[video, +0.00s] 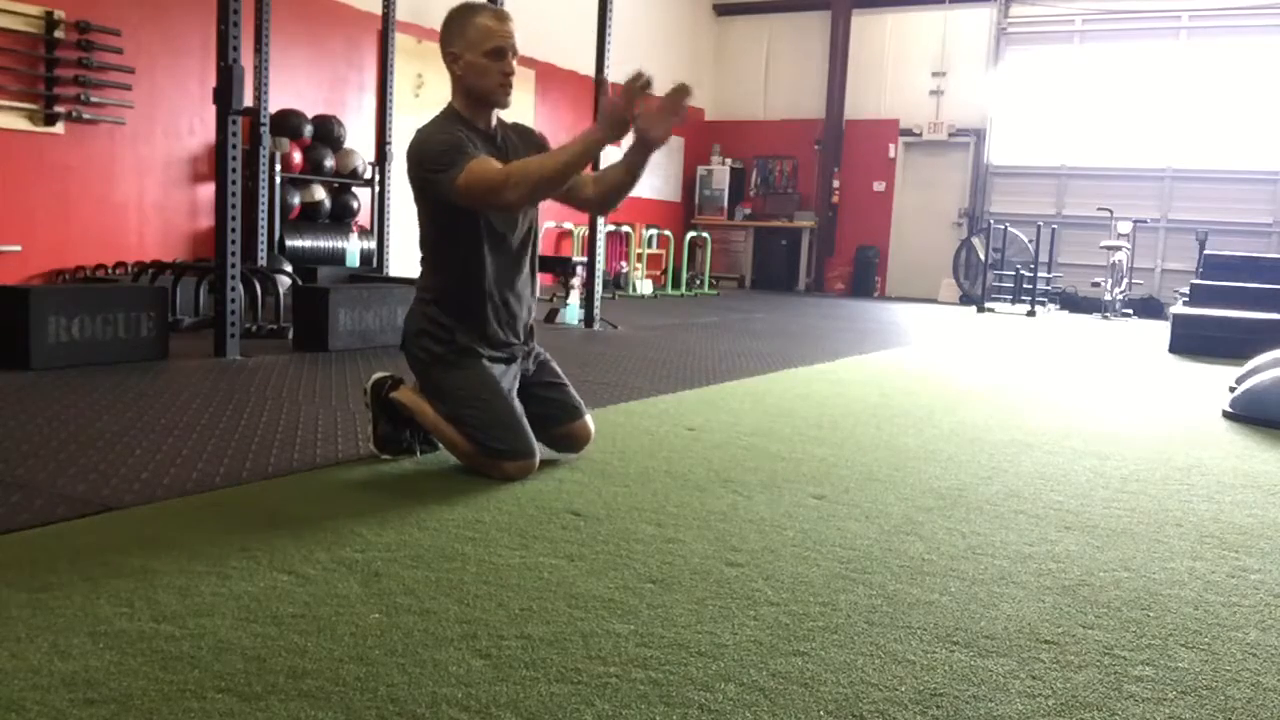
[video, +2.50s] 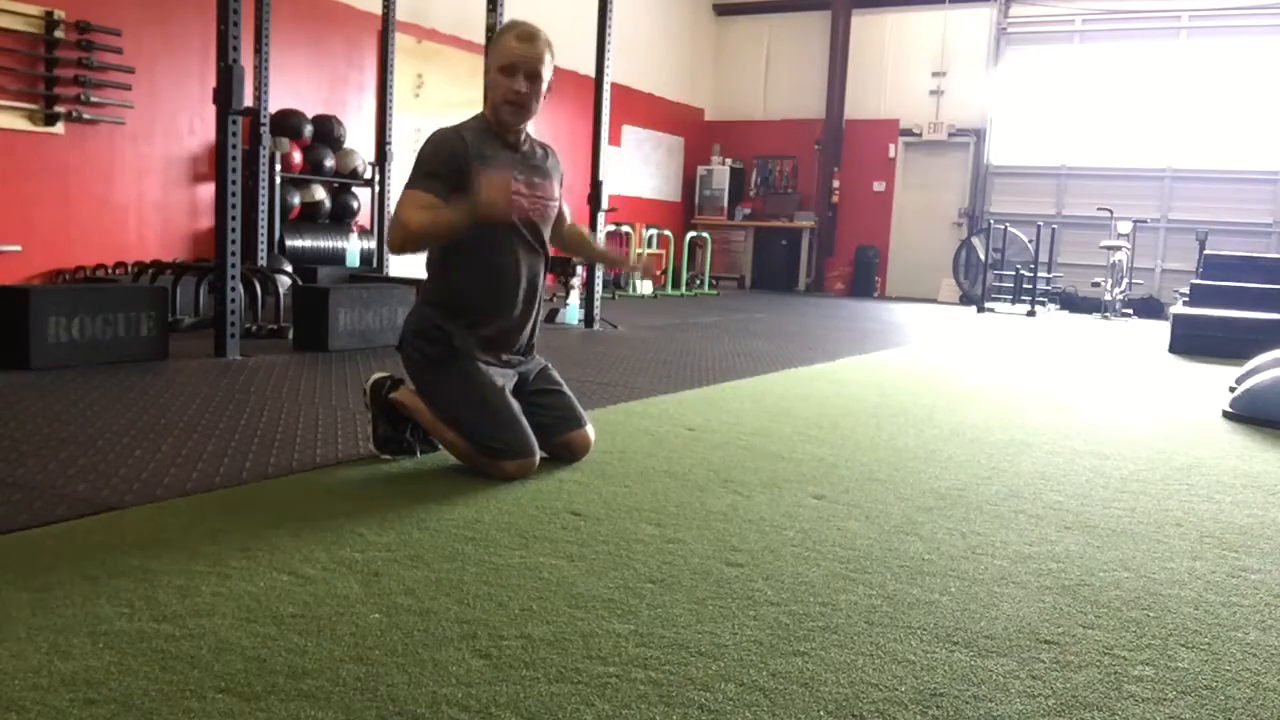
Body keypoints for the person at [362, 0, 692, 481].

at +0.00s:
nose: (511, 66)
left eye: (513, 54)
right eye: (497, 54)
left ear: (516, 60)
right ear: (454, 61)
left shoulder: (525, 142)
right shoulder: (436, 144)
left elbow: (595, 198)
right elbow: (508, 189)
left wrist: (643, 147)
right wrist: (601, 133)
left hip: (516, 336)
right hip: (455, 345)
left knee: (574, 436)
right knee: (515, 464)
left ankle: (462, 395)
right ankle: (402, 399)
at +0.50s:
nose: (538, 75)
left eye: (546, 65)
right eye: (524, 60)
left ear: (553, 76)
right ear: (489, 66)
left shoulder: (550, 159)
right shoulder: (463, 141)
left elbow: (596, 246)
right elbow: (492, 223)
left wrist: (629, 181)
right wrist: (576, 167)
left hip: (518, 341)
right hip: (455, 343)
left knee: (572, 443)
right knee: (515, 463)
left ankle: (443, 414)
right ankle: (401, 398)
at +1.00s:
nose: (555, 88)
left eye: (563, 77)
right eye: (541, 72)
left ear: (568, 84)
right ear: (505, 71)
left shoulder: (553, 164)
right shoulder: (466, 149)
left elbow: (551, 253)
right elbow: (431, 254)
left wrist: (599, 260)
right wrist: (476, 349)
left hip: (517, 347)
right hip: (448, 348)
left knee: (573, 444)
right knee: (516, 464)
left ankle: (445, 408)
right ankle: (401, 400)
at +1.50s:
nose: (563, 94)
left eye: (564, 82)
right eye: (561, 81)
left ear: (530, 79)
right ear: (529, 78)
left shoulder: (536, 152)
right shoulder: (461, 149)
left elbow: (560, 209)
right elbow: (442, 259)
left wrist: (577, 131)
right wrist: (471, 357)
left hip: (511, 345)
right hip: (449, 347)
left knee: (572, 442)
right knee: (515, 464)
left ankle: (437, 412)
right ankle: (399, 399)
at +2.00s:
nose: (559, 91)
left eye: (560, 78)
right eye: (554, 76)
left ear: (522, 76)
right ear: (519, 74)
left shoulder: (539, 153)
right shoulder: (452, 149)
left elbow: (585, 175)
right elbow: (431, 258)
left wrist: (620, 167)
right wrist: (464, 355)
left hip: (515, 348)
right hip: (452, 351)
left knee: (573, 443)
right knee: (515, 464)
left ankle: (437, 411)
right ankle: (399, 399)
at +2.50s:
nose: (519, 87)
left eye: (532, 78)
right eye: (507, 72)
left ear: (546, 88)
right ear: (486, 73)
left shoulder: (546, 160)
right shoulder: (451, 147)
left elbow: (559, 228)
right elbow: (401, 233)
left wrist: (610, 254)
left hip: (517, 346)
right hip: (450, 347)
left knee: (574, 444)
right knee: (516, 463)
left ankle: (448, 409)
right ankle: (399, 399)